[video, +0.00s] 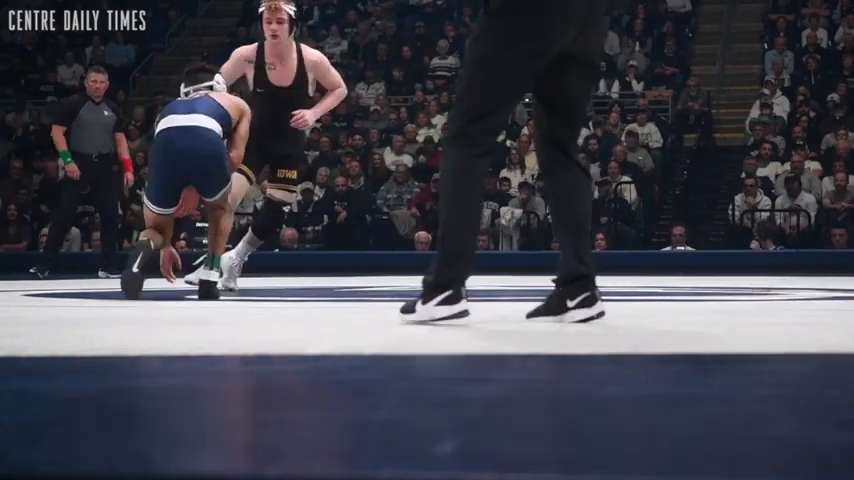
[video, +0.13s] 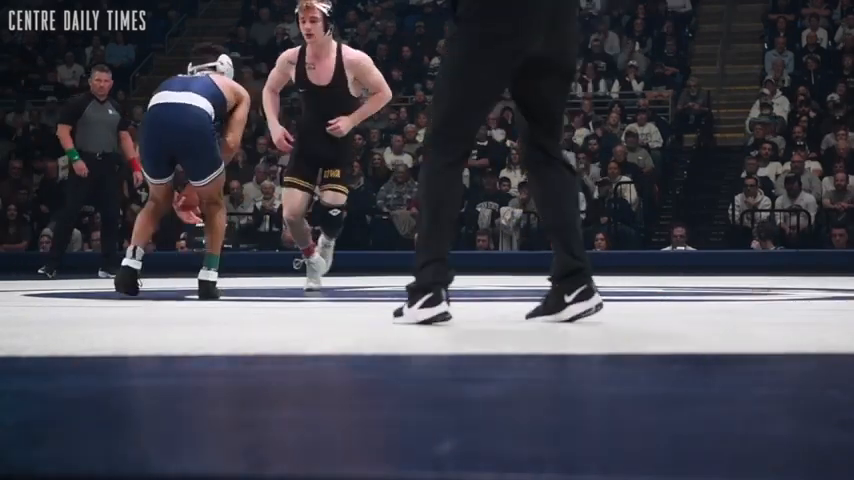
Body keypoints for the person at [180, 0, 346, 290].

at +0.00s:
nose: (273, 27)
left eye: (280, 22)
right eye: (268, 21)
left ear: (291, 25)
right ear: (261, 24)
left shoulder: (311, 59)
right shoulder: (246, 56)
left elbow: (340, 89)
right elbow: (216, 86)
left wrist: (315, 112)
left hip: (290, 144)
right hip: (253, 140)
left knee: (272, 218)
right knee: (229, 196)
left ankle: (235, 259)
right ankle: (212, 262)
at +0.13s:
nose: (307, 26)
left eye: (313, 21)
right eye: (303, 21)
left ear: (328, 24)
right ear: (298, 24)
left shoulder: (354, 59)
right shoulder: (290, 59)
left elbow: (384, 93)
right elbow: (270, 91)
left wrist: (352, 119)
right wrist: (274, 126)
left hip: (339, 140)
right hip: (306, 139)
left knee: (332, 205)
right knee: (291, 212)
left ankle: (328, 240)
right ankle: (311, 258)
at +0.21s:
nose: (334, 36)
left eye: (340, 30)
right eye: (330, 30)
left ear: (355, 33)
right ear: (327, 33)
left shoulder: (377, 72)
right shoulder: (320, 71)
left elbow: (413, 110)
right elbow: (307, 105)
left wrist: (377, 136)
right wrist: (305, 138)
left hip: (369, 152)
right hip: (335, 152)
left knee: (372, 218)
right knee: (322, 222)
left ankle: (401, 244)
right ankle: (330, 275)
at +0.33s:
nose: (378, 35)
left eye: (384, 28)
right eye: (375, 29)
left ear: (402, 31)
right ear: (372, 32)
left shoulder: (422, 63)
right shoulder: (373, 69)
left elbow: (443, 108)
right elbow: (369, 103)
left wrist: (417, 120)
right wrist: (362, 132)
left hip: (424, 147)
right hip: (391, 148)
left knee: (438, 212)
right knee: (360, 214)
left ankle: (489, 265)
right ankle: (336, 271)